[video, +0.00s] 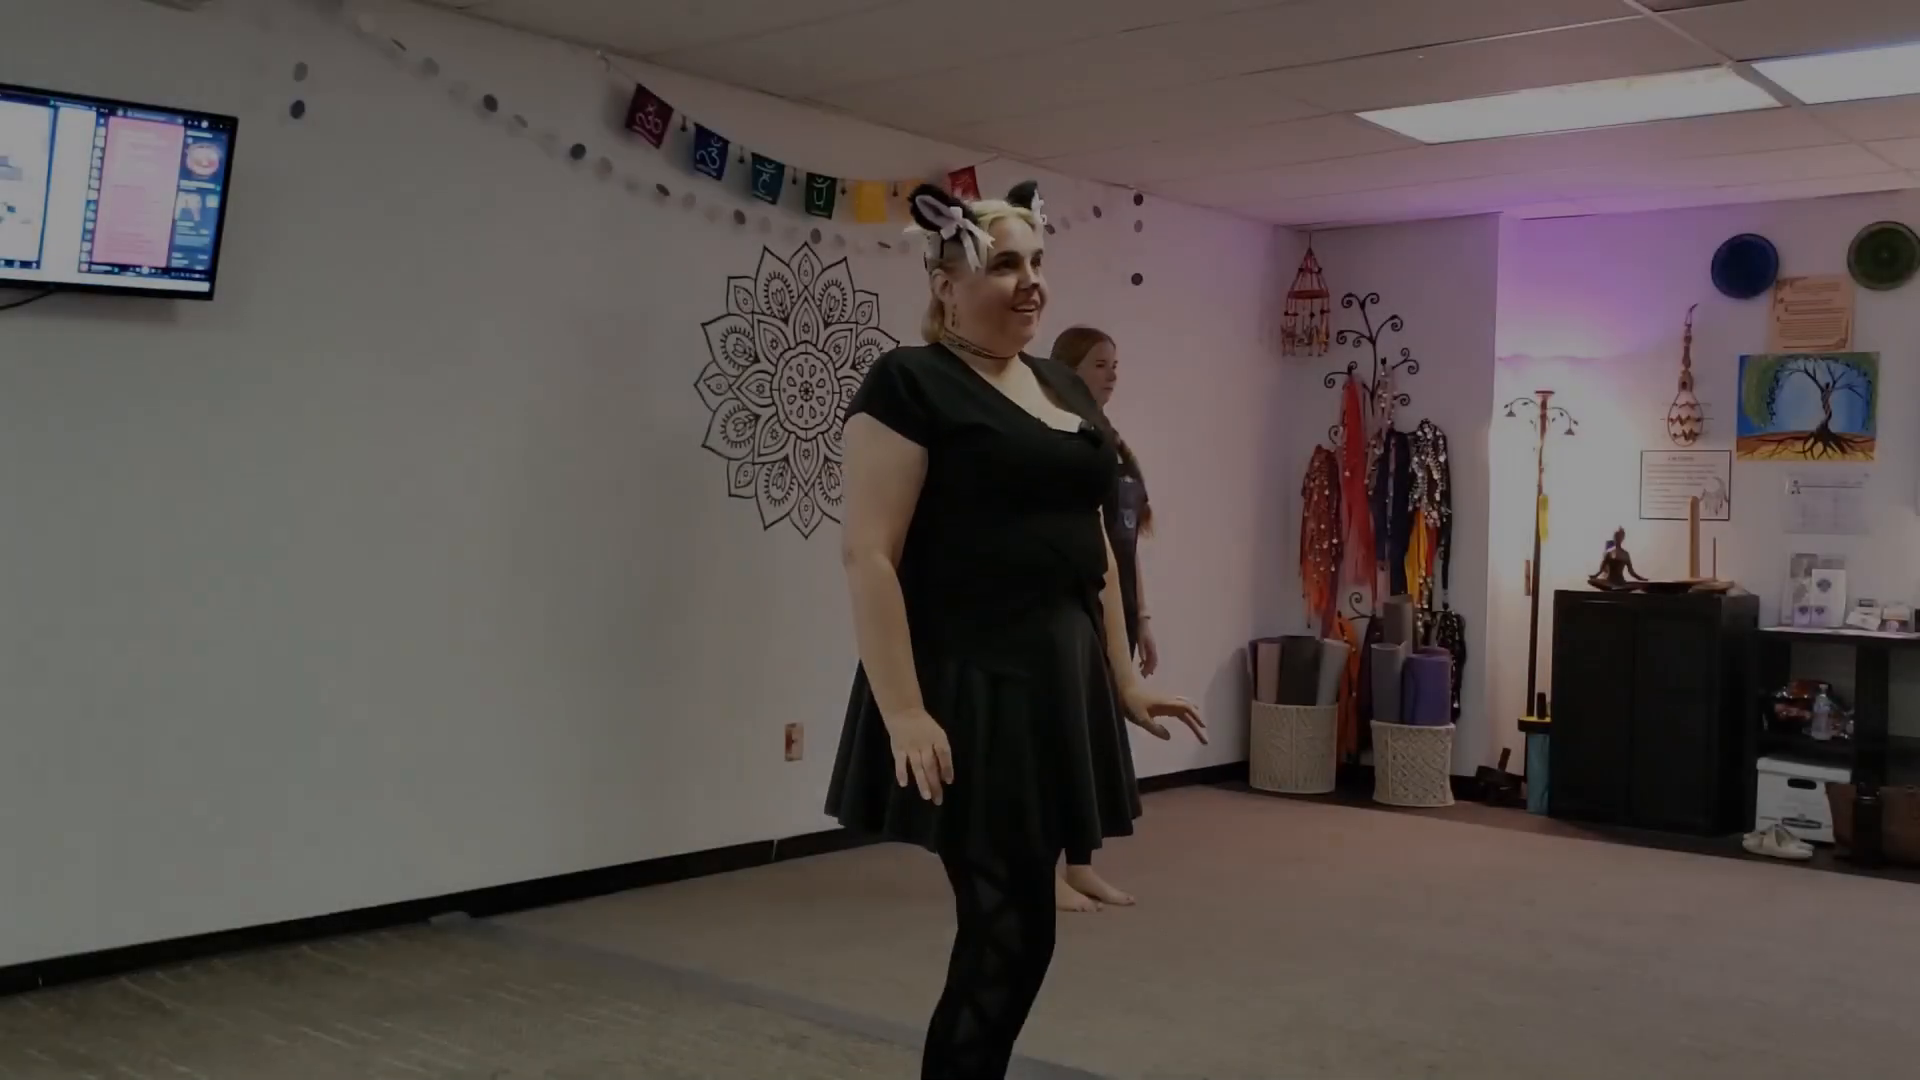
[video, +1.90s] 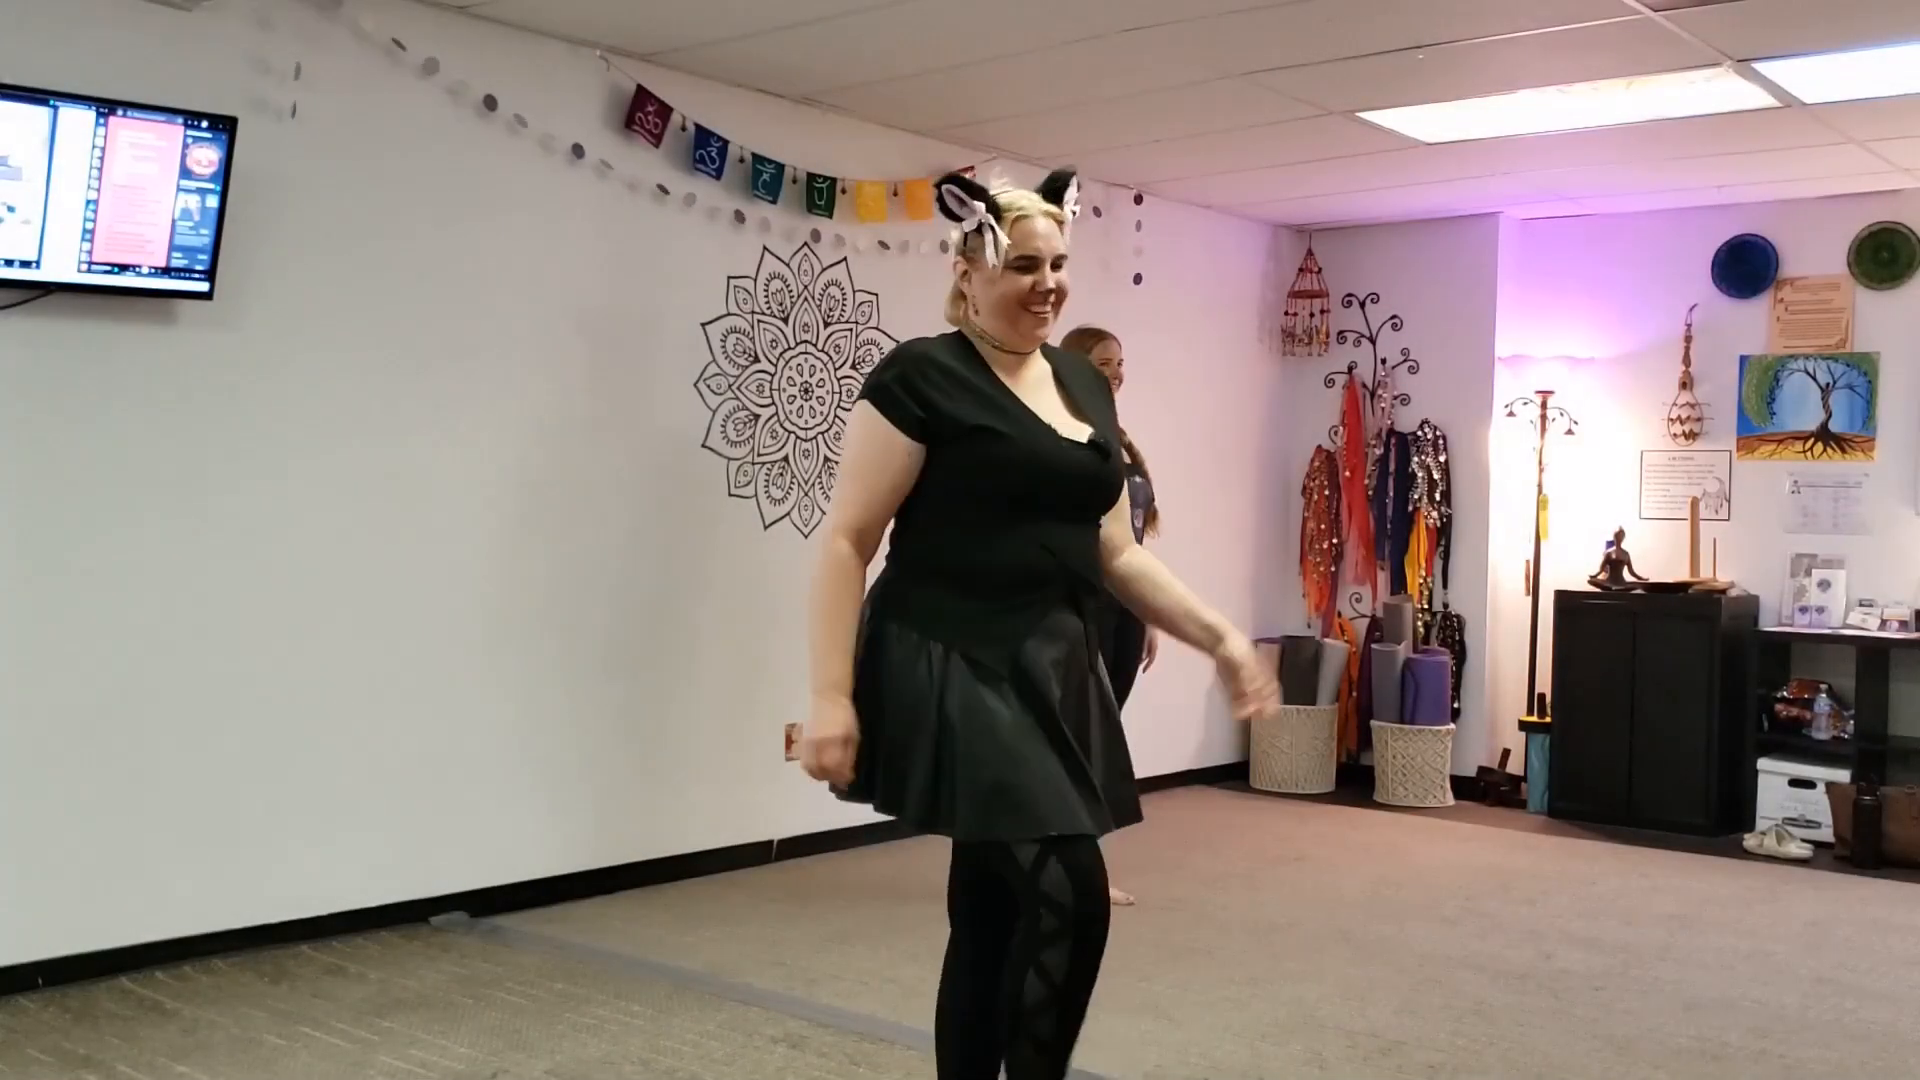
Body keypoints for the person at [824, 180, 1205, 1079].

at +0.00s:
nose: (1031, 282)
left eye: (1039, 264)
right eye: (1005, 265)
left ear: (1046, 277)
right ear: (947, 286)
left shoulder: (1056, 388)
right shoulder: (908, 383)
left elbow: (1093, 549)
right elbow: (868, 554)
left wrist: (1127, 683)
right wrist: (903, 712)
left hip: (1051, 688)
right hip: (960, 692)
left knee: (1004, 941)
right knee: (1011, 943)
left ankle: (964, 1068)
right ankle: (954, 1070)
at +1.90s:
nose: (1048, 282)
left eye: (1059, 265)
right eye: (1025, 264)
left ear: (1068, 271)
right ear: (967, 272)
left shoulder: (1075, 383)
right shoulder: (921, 375)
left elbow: (1116, 549)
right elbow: (846, 541)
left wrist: (1222, 635)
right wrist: (830, 698)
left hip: (1051, 666)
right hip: (942, 664)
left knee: (990, 918)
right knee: (1074, 898)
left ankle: (965, 1076)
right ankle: (1033, 1070)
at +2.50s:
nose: (1088, 268)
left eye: (1106, 248)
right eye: (1063, 254)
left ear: (1138, 267)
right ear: (1032, 282)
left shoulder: (1197, 397)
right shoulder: (988, 393)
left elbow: (1281, 551)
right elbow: (886, 557)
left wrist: (1395, 457)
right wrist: (773, 680)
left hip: (1159, 717)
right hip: (1012, 718)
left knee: (1180, 979)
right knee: (1079, 1006)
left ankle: (1054, 1063)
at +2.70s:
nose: (1085, 266)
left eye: (1112, 250)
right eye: (1064, 248)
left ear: (1149, 276)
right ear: (1038, 274)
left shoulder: (1212, 383)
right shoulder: (984, 399)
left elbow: (1301, 549)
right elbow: (884, 566)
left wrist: (1395, 489)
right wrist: (751, 650)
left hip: (1180, 732)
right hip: (1022, 738)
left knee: (1210, 998)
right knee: (1079, 1029)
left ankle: (1159, 1049)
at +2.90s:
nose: (1071, 227)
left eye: (1099, 208)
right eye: (1053, 209)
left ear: (1150, 228)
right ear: (1032, 230)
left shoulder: (1217, 357)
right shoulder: (985, 366)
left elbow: (1294, 539)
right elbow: (908, 544)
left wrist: (1398, 626)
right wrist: (784, 637)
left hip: (1172, 718)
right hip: (1016, 719)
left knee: (1132, 1006)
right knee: (1066, 1012)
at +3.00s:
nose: (1054, 222)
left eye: (1086, 201)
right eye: (1042, 206)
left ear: (1148, 224)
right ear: (1029, 234)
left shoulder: (1219, 369)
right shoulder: (989, 367)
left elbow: (1286, 569)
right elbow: (918, 551)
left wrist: (1374, 699)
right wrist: (803, 641)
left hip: (1164, 749)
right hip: (1010, 748)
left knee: (1103, 1047)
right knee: (1061, 1041)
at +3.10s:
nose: (1045, 227)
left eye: (1077, 204)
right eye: (1033, 210)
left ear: (1148, 227)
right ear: (1021, 235)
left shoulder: (1216, 375)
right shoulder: (988, 371)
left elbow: (1274, 593)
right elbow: (918, 560)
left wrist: (1345, 759)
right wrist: (800, 660)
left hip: (1156, 766)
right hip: (997, 761)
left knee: (1087, 1053)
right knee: (1056, 1048)